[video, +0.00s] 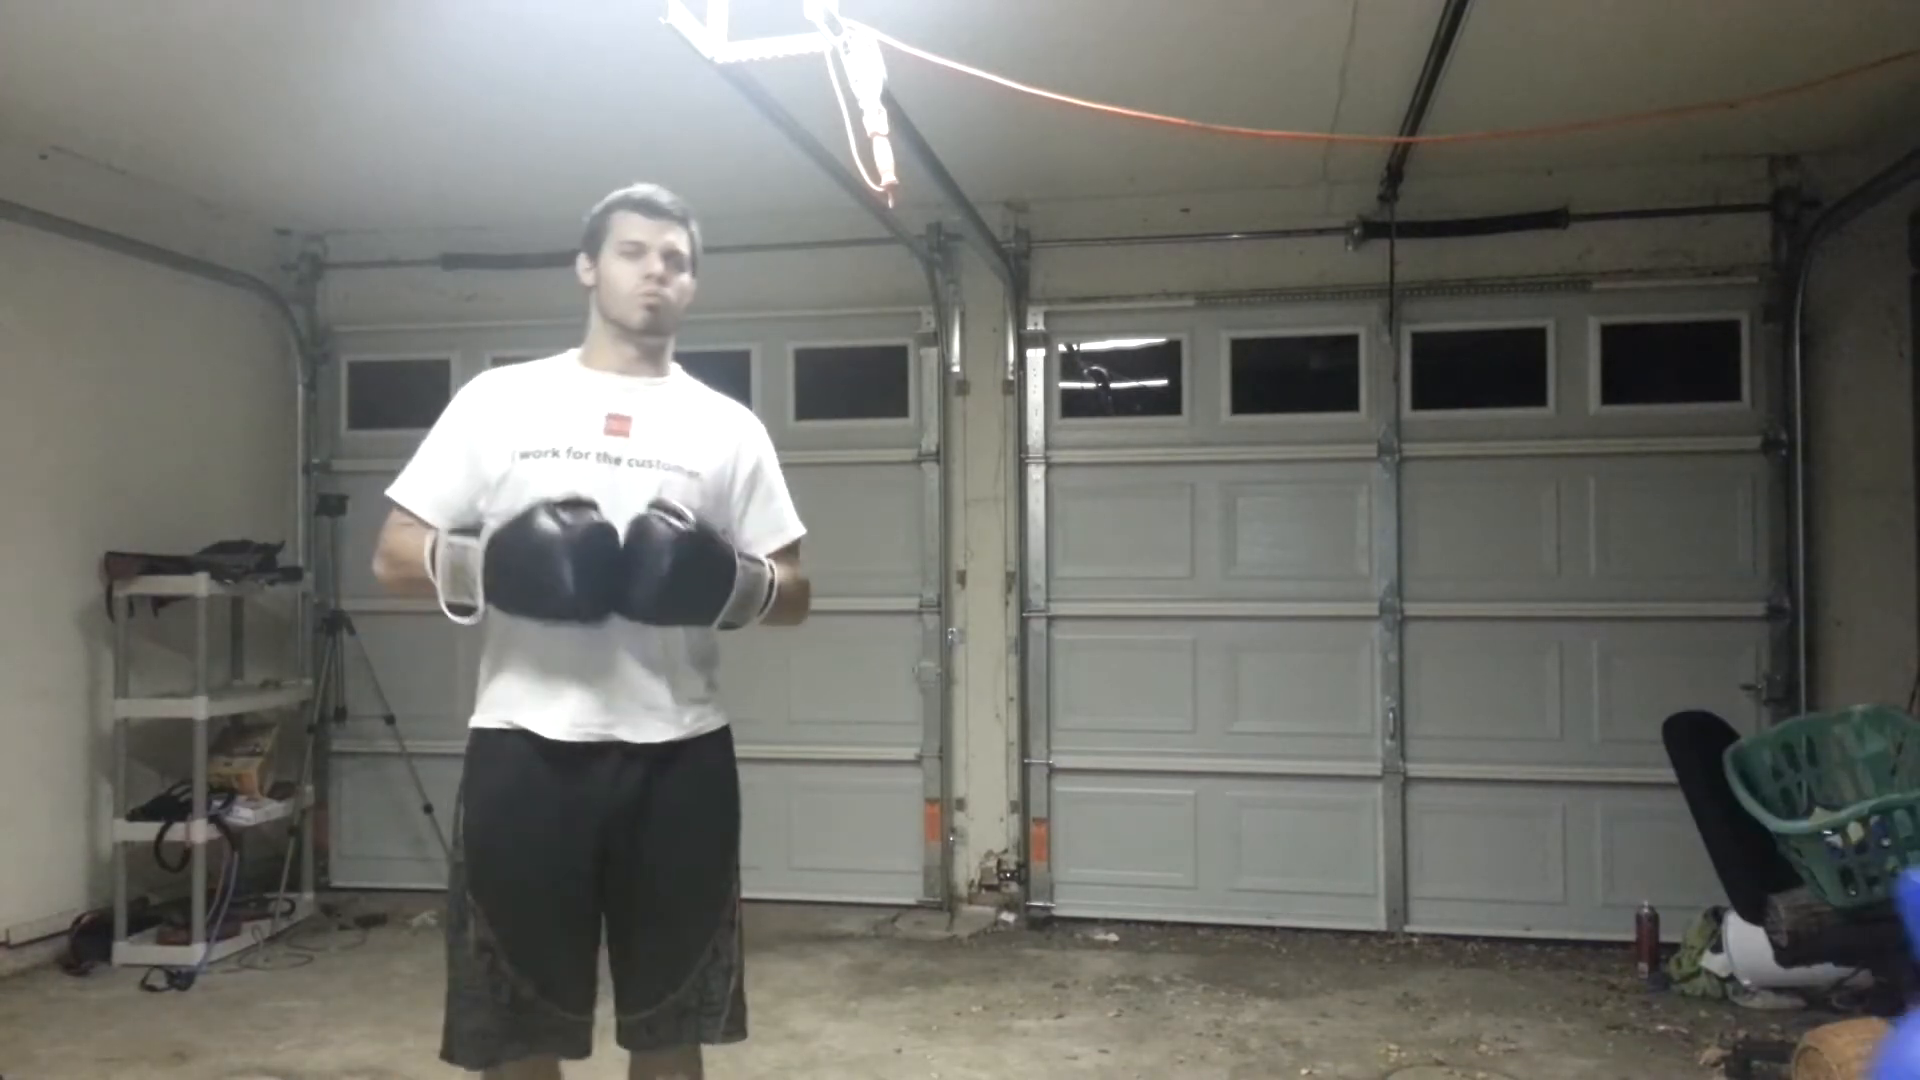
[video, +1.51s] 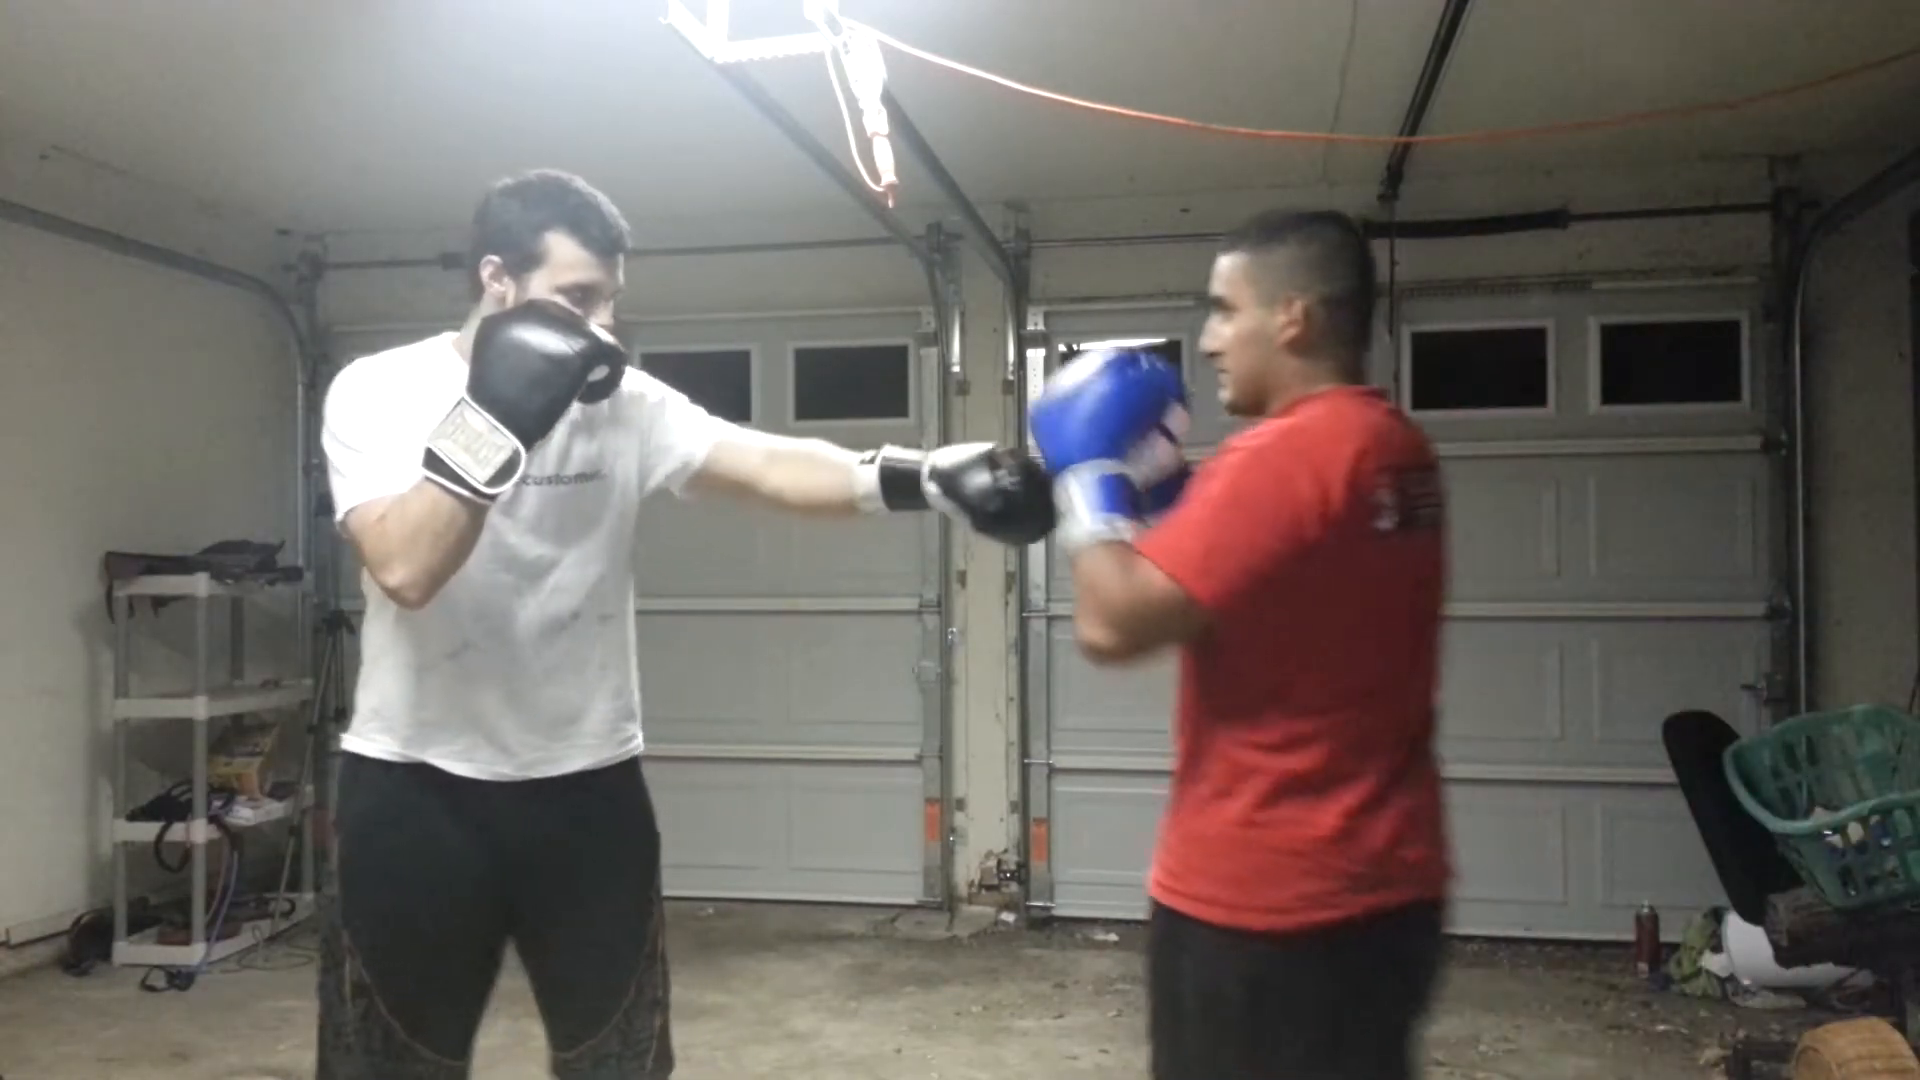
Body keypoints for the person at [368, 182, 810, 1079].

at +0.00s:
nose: (656, 274)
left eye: (676, 261)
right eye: (634, 253)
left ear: (692, 290)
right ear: (587, 269)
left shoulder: (731, 428)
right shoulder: (495, 400)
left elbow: (791, 591)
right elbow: (395, 557)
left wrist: (718, 577)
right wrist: (494, 564)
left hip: (678, 757)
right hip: (527, 753)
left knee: (671, 1041)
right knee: (520, 1044)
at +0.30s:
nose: (661, 279)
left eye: (677, 263)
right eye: (638, 256)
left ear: (690, 279)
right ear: (582, 264)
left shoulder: (714, 413)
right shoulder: (491, 395)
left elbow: (765, 609)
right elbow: (416, 578)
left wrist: (740, 504)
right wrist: (512, 490)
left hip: (668, 766)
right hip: (509, 760)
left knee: (669, 1052)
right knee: (451, 1051)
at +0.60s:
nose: (591, 329)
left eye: (607, 307)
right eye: (567, 304)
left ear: (623, 303)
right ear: (500, 290)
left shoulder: (631, 407)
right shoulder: (407, 402)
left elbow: (722, 573)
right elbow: (426, 574)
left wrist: (701, 441)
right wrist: (493, 411)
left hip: (624, 774)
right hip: (461, 783)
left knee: (685, 1040)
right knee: (461, 1059)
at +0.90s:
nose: (589, 338)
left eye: (605, 314)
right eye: (564, 312)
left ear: (621, 303)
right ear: (495, 295)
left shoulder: (647, 409)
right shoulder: (406, 402)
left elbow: (755, 562)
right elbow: (416, 585)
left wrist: (776, 505)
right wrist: (481, 436)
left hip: (621, 784)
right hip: (455, 791)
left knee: (640, 1062)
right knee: (426, 1060)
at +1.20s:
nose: (612, 336)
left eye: (624, 312)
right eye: (587, 309)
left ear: (636, 305)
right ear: (508, 293)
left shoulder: (658, 408)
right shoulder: (412, 398)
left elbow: (775, 525)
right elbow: (426, 583)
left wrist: (830, 505)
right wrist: (503, 431)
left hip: (624, 789)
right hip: (455, 794)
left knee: (663, 1060)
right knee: (436, 1063)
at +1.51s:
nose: (597, 327)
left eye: (609, 305)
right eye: (576, 299)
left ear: (615, 295)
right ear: (495, 281)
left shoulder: (622, 402)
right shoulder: (378, 393)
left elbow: (769, 465)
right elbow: (403, 569)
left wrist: (921, 474)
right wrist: (497, 409)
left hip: (589, 793)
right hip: (415, 793)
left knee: (621, 1058)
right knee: (391, 1060)